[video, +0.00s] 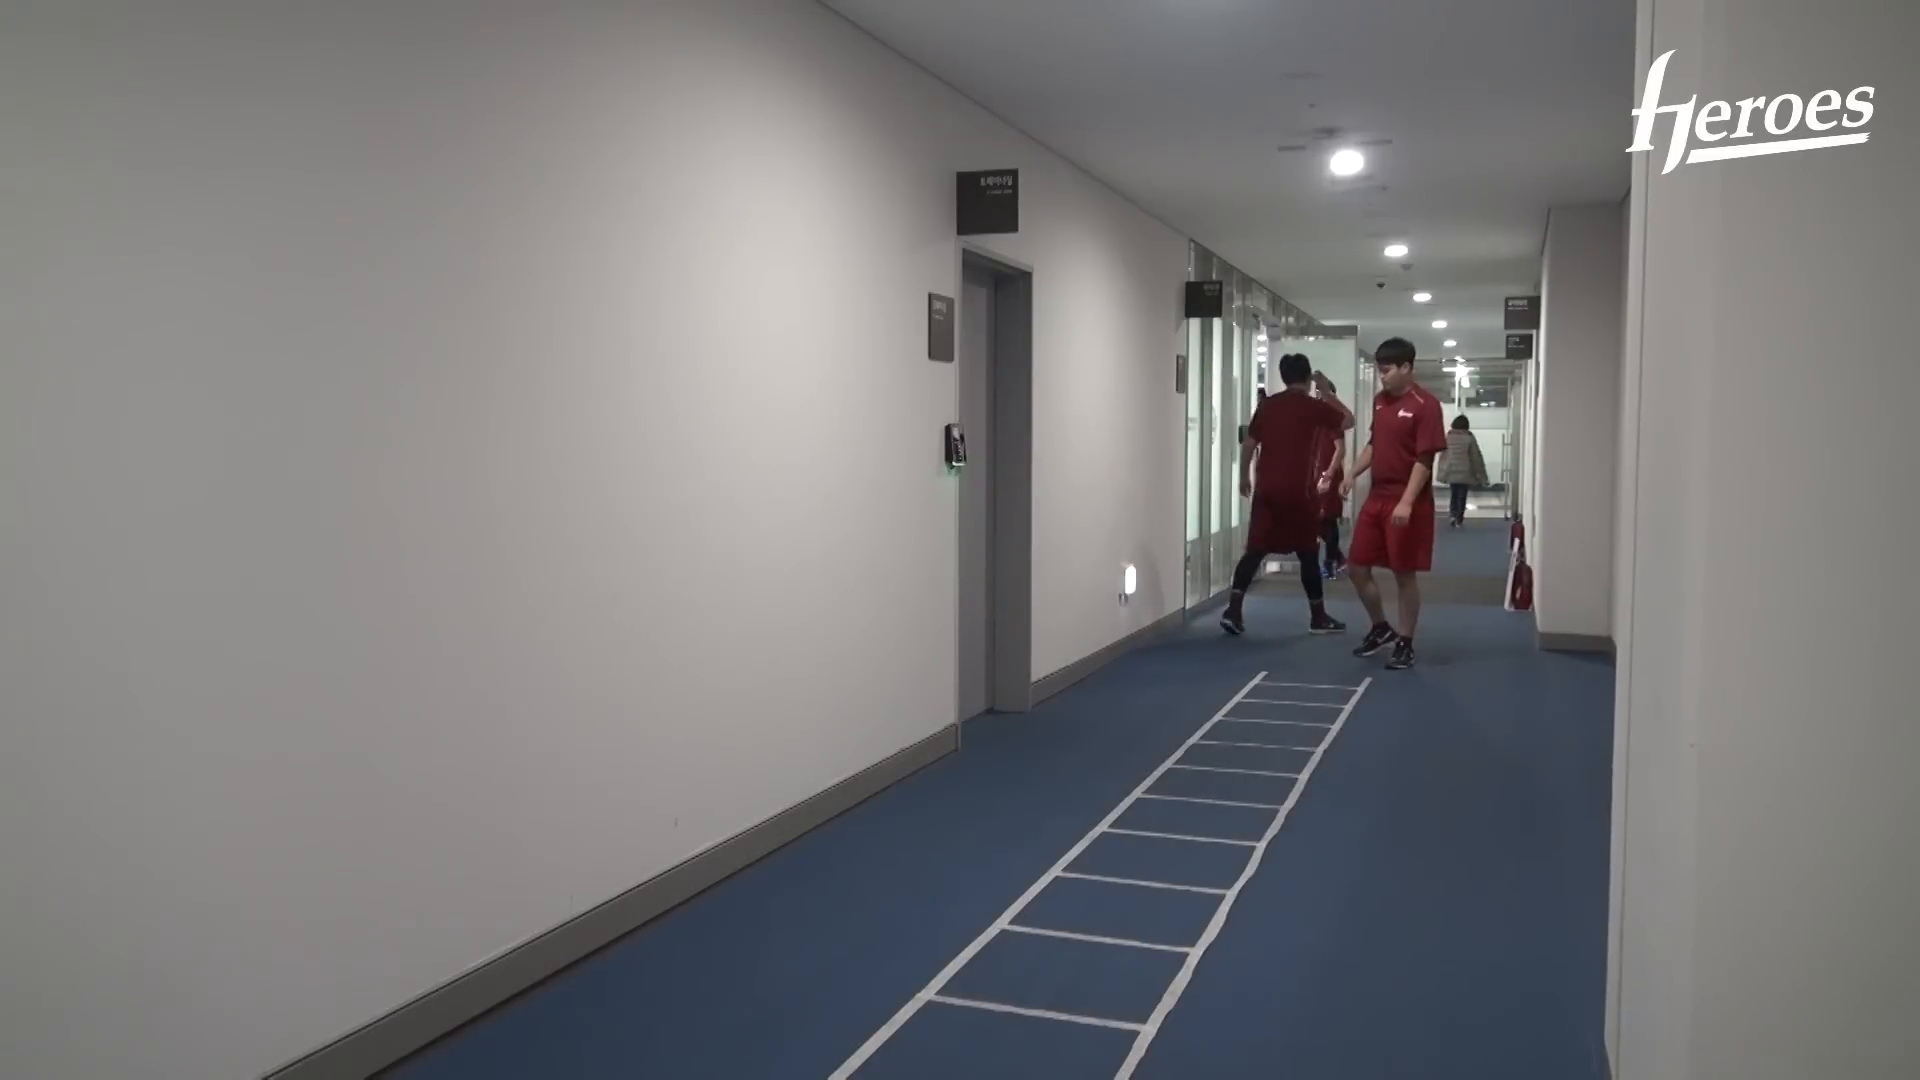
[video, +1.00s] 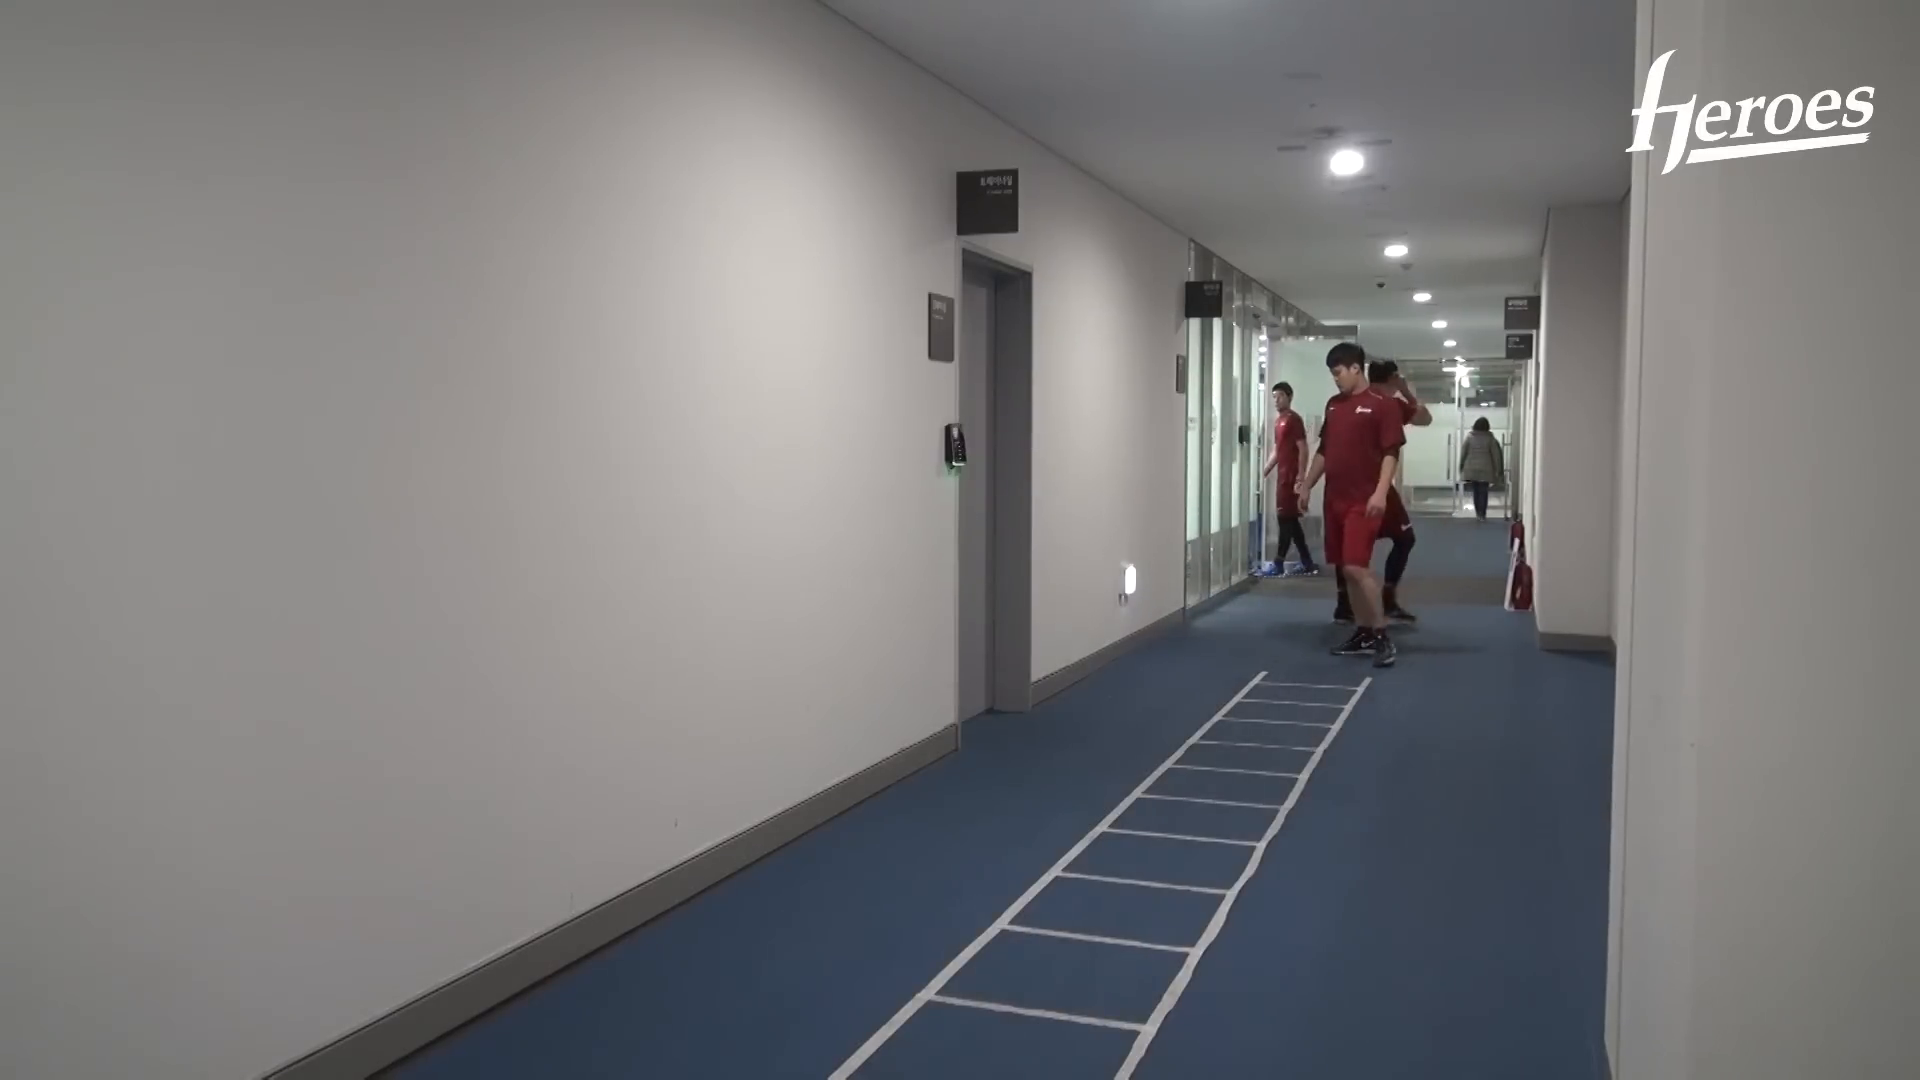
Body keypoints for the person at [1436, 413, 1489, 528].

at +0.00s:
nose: (1467, 426)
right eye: (1467, 424)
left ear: (1454, 424)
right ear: (1467, 425)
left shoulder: (1448, 438)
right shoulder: (1469, 438)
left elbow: (1443, 456)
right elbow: (1476, 459)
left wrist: (1440, 474)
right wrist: (1482, 477)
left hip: (1451, 470)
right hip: (1465, 470)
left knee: (1453, 494)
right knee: (1462, 496)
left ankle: (1453, 514)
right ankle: (1459, 518)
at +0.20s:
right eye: (1468, 427)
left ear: (1458, 427)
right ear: (1470, 428)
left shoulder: (1453, 440)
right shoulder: (1475, 441)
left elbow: (1446, 456)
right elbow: (1482, 458)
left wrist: (1440, 469)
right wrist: (1486, 474)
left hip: (1456, 470)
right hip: (1470, 471)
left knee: (1458, 493)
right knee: (1464, 494)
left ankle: (1459, 514)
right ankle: (1461, 516)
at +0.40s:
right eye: (1472, 425)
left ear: (1462, 425)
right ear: (1474, 426)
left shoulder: (1457, 437)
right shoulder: (1477, 437)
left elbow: (1450, 456)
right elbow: (1483, 457)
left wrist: (1445, 473)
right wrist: (1487, 474)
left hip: (1460, 470)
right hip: (1474, 471)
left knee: (1460, 494)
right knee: (1472, 492)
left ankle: (1460, 516)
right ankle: (1468, 510)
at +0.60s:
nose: (1478, 430)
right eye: (1479, 427)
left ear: (1467, 427)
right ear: (1479, 428)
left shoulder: (1461, 440)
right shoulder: (1482, 440)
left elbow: (1455, 458)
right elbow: (1486, 459)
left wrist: (1454, 472)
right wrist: (1488, 475)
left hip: (1463, 472)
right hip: (1478, 473)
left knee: (1463, 495)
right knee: (1480, 496)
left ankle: (1462, 516)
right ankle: (1482, 516)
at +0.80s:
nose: (1485, 428)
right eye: (1484, 427)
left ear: (1473, 426)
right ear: (1484, 427)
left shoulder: (1467, 439)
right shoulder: (1486, 440)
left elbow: (1462, 456)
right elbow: (1492, 457)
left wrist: (1463, 469)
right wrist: (1496, 473)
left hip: (1468, 471)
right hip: (1483, 472)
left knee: (1472, 492)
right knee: (1484, 495)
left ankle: (1469, 509)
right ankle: (1483, 516)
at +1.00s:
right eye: (1487, 425)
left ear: (1475, 425)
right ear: (1487, 426)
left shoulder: (1470, 437)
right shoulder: (1490, 438)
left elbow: (1464, 453)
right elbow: (1496, 456)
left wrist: (1461, 466)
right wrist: (1498, 471)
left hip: (1472, 469)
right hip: (1485, 469)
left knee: (1476, 491)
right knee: (1484, 492)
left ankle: (1479, 513)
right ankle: (1482, 514)